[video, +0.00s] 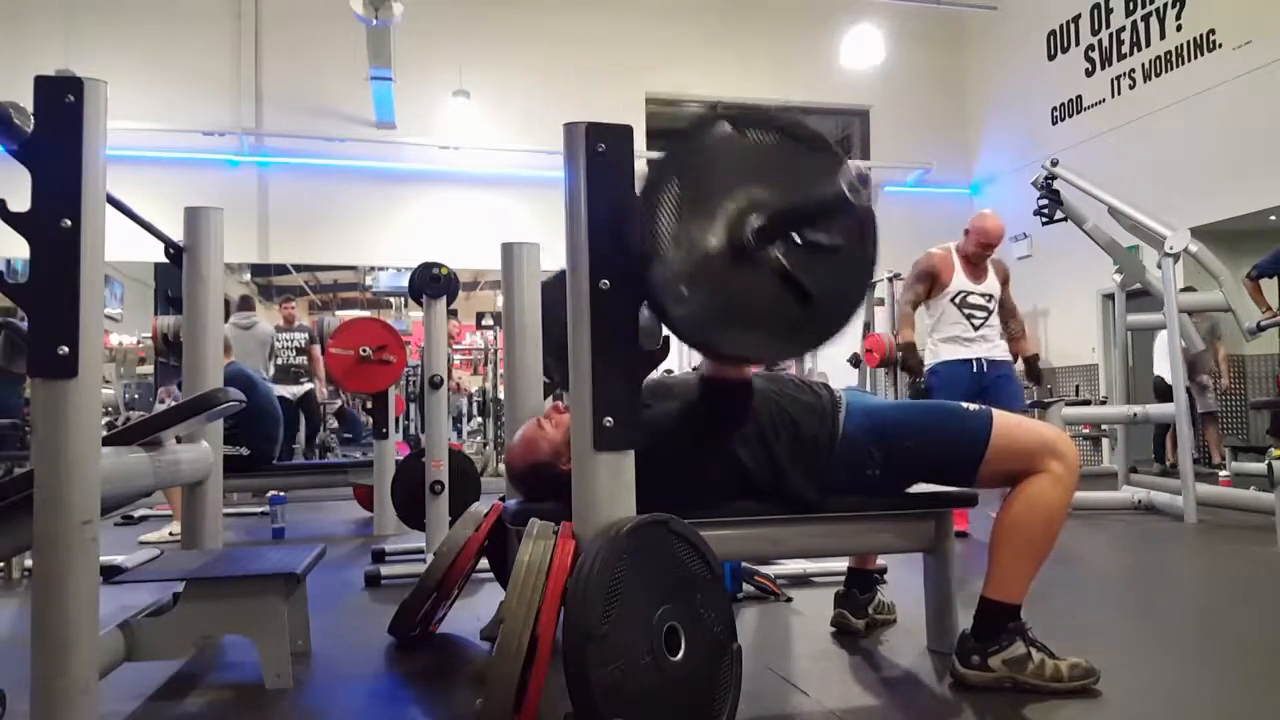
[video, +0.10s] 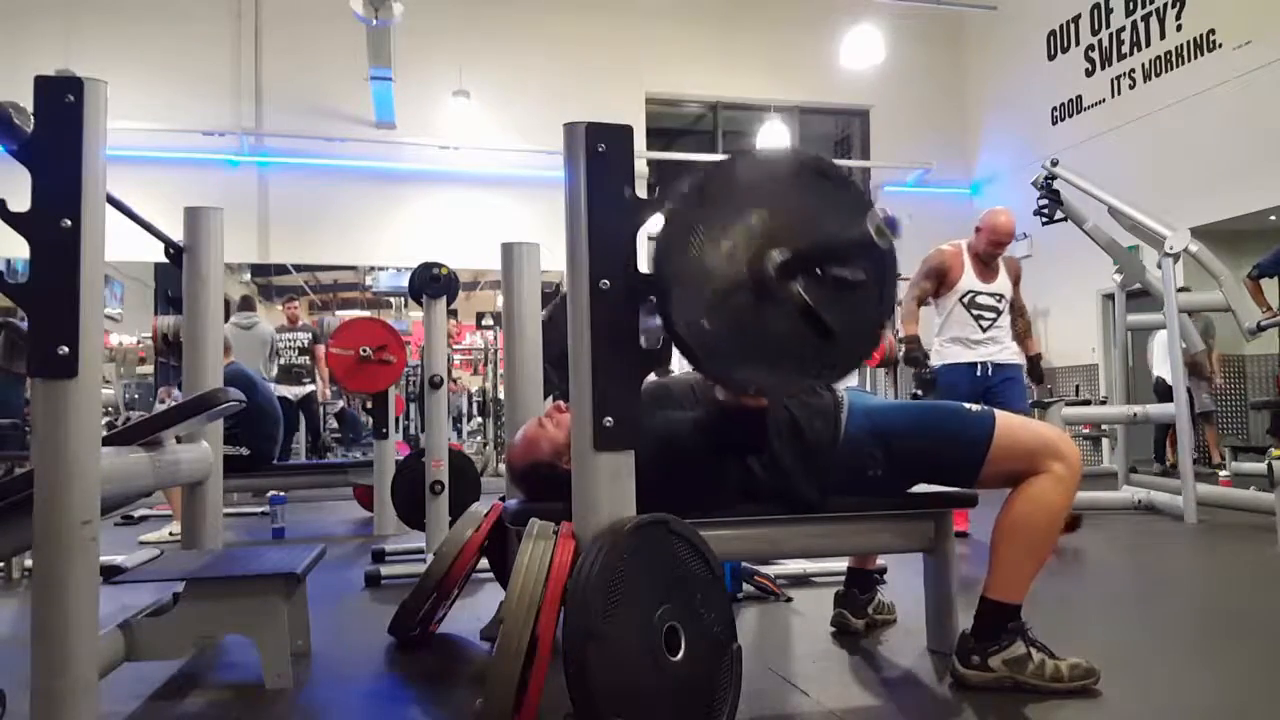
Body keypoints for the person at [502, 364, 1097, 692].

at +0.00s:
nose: (553, 410)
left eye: (544, 413)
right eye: (544, 425)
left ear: (561, 421)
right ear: (555, 461)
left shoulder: (607, 436)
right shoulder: (617, 460)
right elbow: (714, 408)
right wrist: (731, 306)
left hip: (814, 430)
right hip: (837, 435)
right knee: (1055, 456)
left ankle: (860, 595)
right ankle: (993, 640)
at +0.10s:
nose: (550, 413)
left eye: (541, 416)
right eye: (543, 426)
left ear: (555, 424)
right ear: (553, 457)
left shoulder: (613, 425)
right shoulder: (608, 449)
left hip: (802, 424)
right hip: (826, 437)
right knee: (1057, 454)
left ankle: (858, 594)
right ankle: (992, 640)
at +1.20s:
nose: (546, 412)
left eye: (538, 417)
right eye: (540, 428)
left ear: (557, 422)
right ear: (557, 461)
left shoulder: (608, 425)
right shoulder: (607, 451)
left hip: (806, 426)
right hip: (835, 434)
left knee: (921, 435)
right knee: (1053, 456)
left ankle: (858, 596)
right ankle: (992, 640)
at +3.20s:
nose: (544, 409)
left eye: (533, 416)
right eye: (537, 428)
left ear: (553, 437)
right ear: (556, 458)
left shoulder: (612, 427)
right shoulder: (627, 444)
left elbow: (667, 388)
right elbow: (761, 468)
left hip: (797, 441)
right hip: (827, 452)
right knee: (1053, 455)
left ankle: (856, 596)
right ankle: (993, 640)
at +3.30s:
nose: (545, 408)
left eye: (534, 415)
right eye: (538, 426)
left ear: (554, 437)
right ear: (556, 458)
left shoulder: (615, 426)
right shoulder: (629, 445)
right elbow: (762, 464)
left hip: (805, 432)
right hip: (837, 437)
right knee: (1053, 455)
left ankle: (856, 595)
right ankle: (993, 639)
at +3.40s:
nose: (542, 407)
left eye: (531, 416)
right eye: (536, 424)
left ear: (550, 436)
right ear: (553, 453)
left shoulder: (612, 420)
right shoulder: (621, 450)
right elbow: (746, 451)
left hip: (799, 424)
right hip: (832, 433)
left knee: (890, 446)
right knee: (1052, 455)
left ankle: (855, 597)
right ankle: (993, 640)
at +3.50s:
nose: (531, 423)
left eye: (523, 425)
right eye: (526, 433)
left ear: (538, 438)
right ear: (545, 458)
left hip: (758, 436)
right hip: (813, 437)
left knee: (890, 423)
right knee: (1051, 454)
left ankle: (858, 594)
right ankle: (992, 644)